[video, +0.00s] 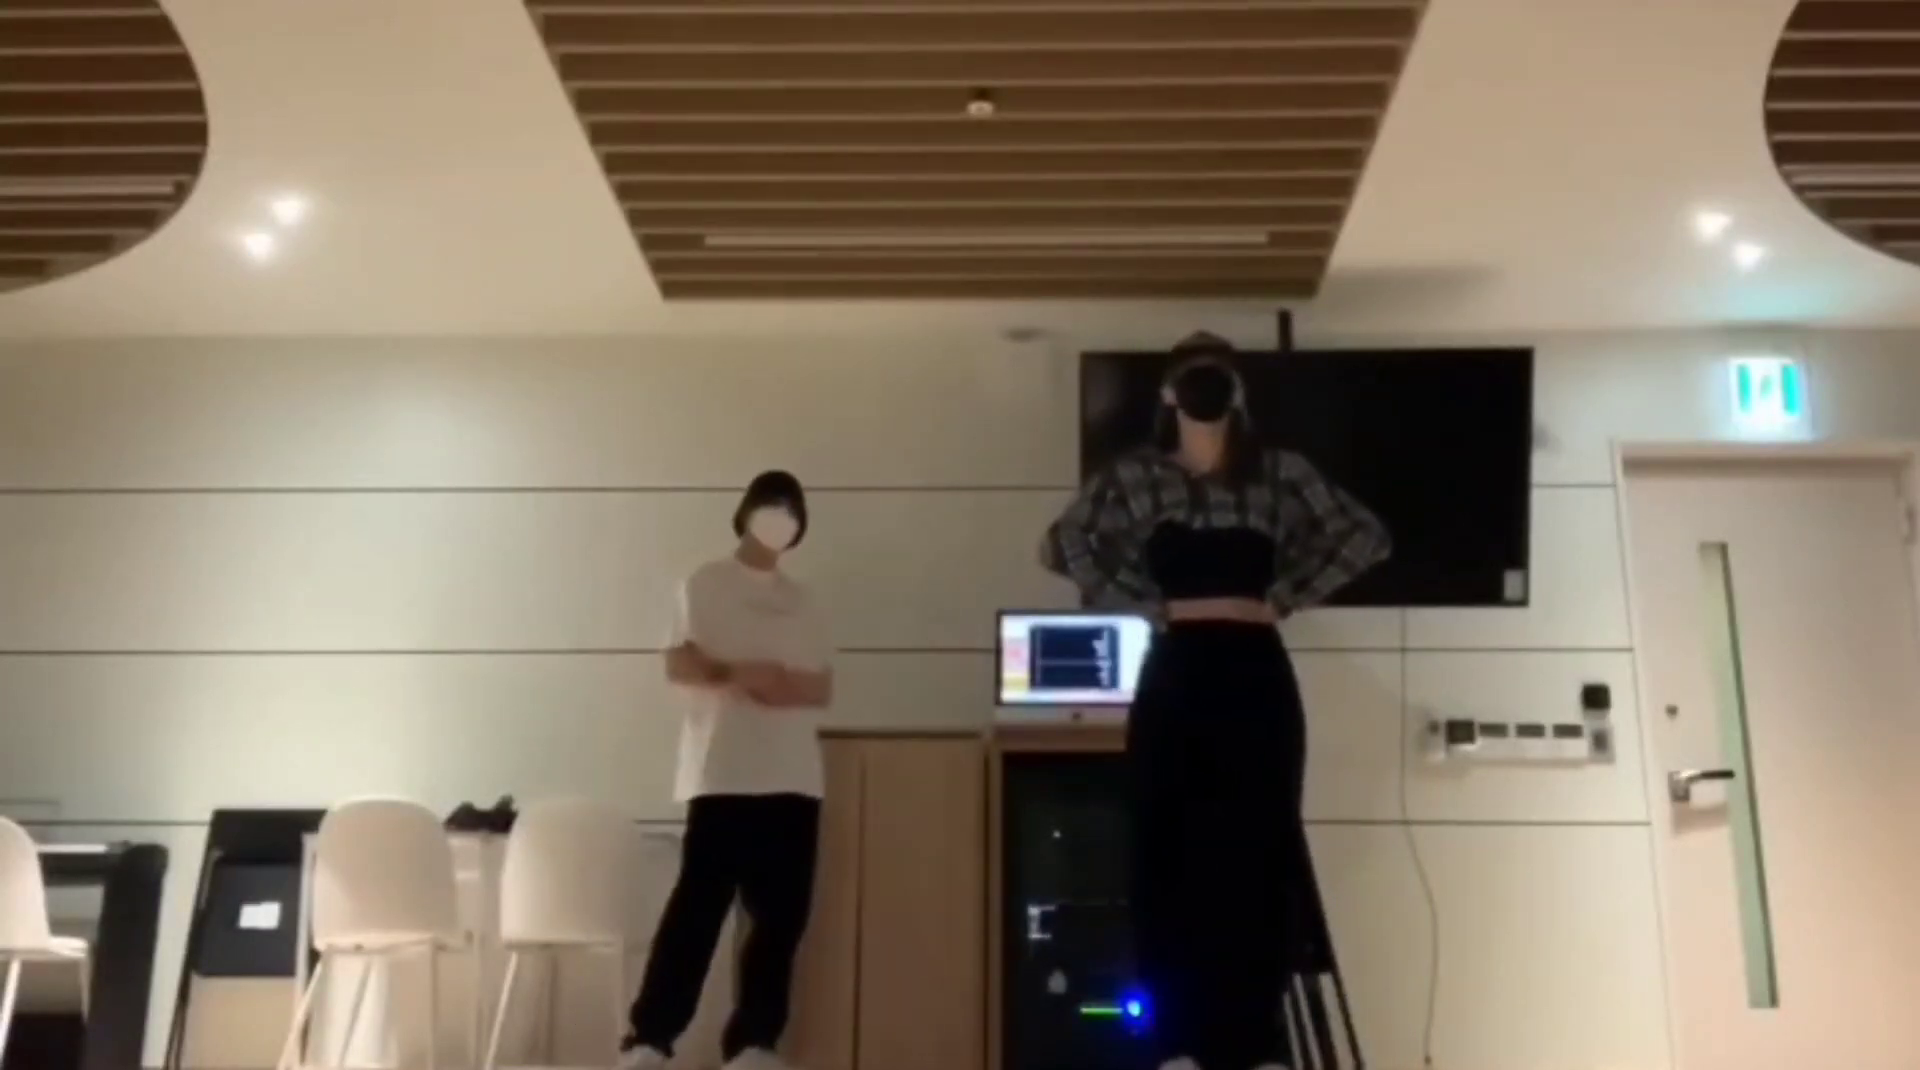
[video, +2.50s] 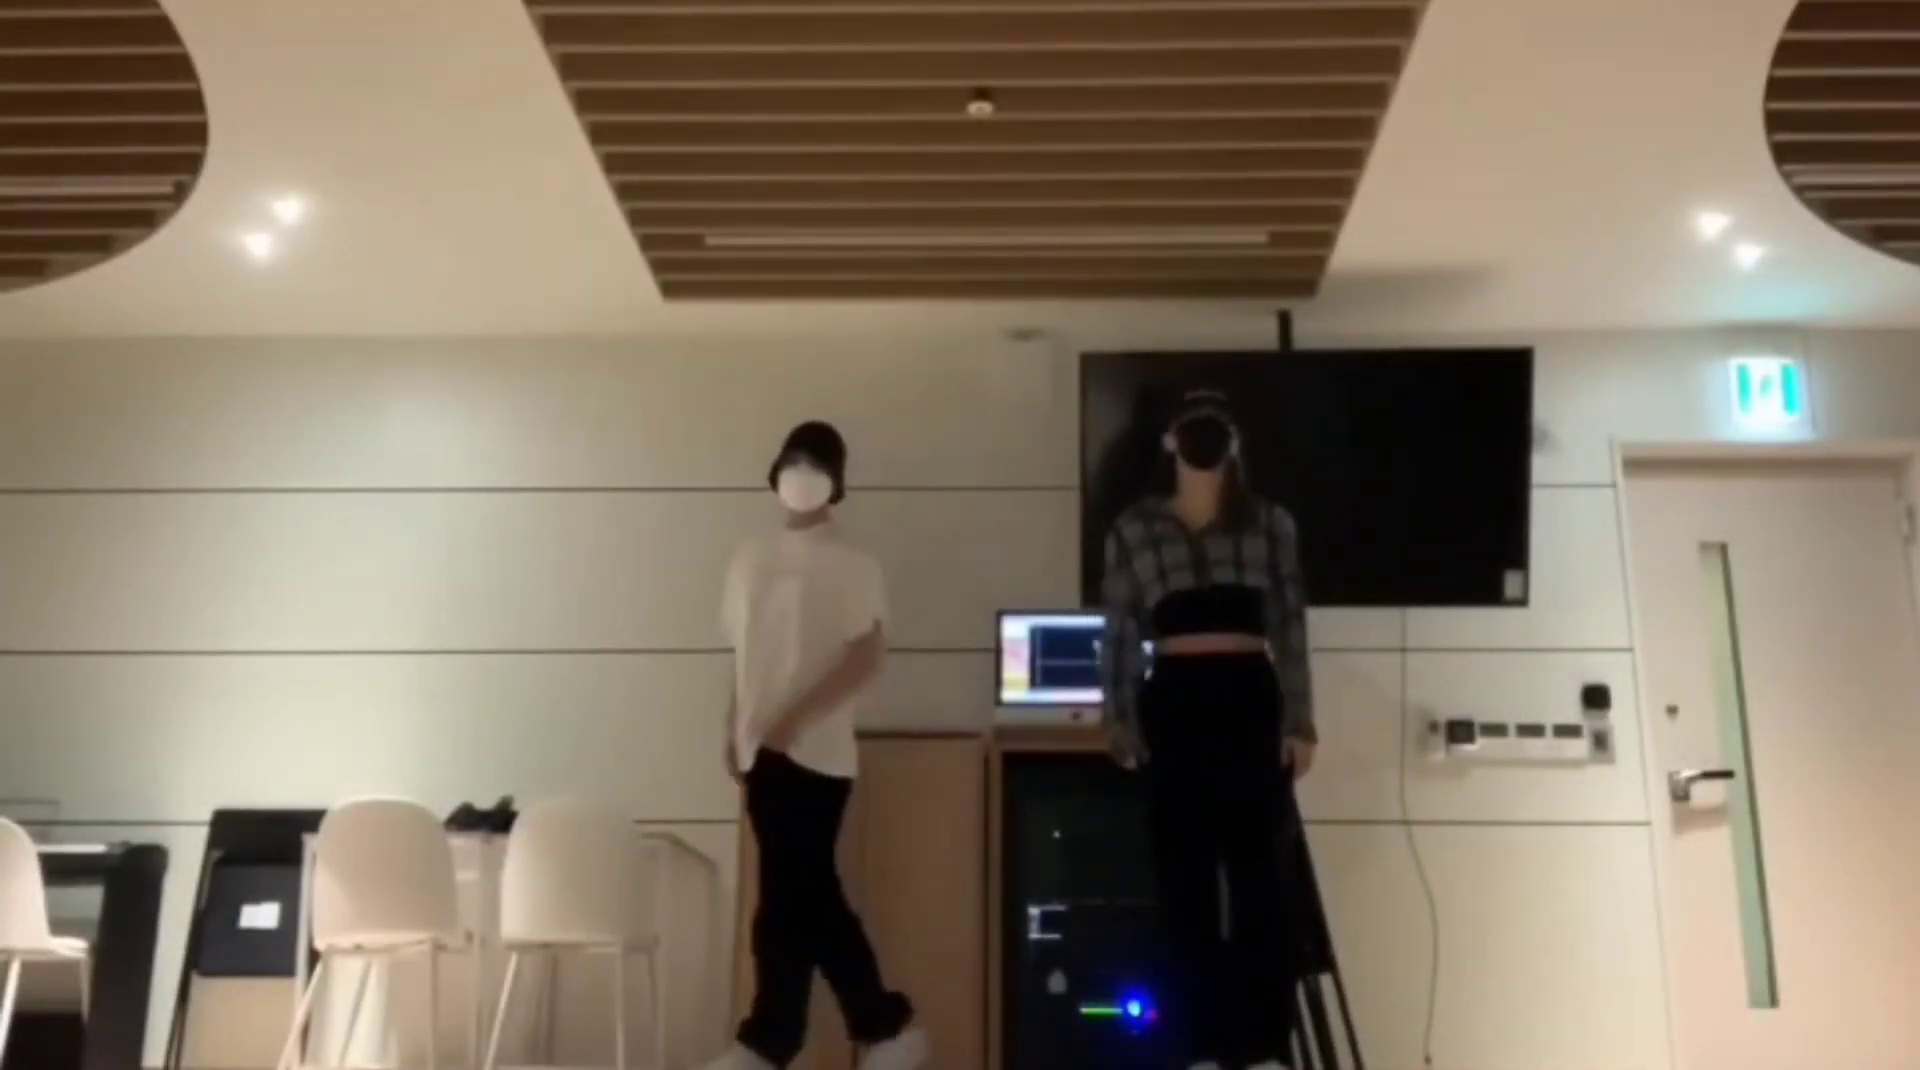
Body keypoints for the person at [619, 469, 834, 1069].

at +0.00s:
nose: (778, 520)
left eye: (790, 513)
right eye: (768, 506)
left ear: (799, 527)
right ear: (744, 513)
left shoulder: (805, 600)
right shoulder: (707, 582)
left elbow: (823, 687)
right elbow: (681, 664)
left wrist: (768, 686)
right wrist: (754, 673)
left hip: (792, 778)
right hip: (721, 775)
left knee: (782, 919)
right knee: (698, 909)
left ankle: (753, 1046)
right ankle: (650, 1040)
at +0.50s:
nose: (827, 526)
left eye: (839, 518)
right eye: (818, 512)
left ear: (847, 531)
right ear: (795, 516)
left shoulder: (832, 603)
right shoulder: (753, 578)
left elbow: (845, 690)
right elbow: (744, 670)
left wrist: (848, 756)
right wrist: (767, 754)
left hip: (815, 774)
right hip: (757, 769)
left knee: (793, 913)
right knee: (791, 908)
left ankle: (749, 1042)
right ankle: (836, 1028)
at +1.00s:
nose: (863, 504)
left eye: (874, 494)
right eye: (851, 491)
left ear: (887, 507)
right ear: (829, 500)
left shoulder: (887, 589)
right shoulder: (800, 578)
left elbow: (901, 683)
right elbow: (783, 671)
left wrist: (908, 767)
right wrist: (789, 758)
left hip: (880, 769)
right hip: (821, 766)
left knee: (823, 912)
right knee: (851, 912)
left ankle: (763, 1036)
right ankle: (876, 1043)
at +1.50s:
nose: (876, 493)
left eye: (888, 483)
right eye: (865, 480)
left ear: (901, 496)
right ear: (842, 489)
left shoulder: (906, 581)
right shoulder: (813, 564)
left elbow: (930, 674)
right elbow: (818, 648)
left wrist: (942, 744)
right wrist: (878, 712)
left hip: (918, 774)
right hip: (850, 773)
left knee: (953, 910)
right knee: (857, 919)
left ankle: (969, 1036)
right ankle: (876, 1045)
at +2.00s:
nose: (867, 491)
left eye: (879, 480)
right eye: (854, 478)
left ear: (896, 490)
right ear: (835, 487)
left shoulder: (922, 567)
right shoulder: (810, 566)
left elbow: (944, 657)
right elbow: (778, 658)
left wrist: (923, 727)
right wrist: (770, 740)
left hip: (897, 752)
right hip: (821, 752)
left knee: (886, 886)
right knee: (834, 886)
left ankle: (871, 1018)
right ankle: (867, 1027)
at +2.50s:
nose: (802, 481)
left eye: (816, 470)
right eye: (792, 468)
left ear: (836, 482)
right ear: (775, 475)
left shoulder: (854, 561)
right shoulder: (750, 558)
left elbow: (866, 656)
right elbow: (742, 656)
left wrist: (789, 723)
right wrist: (733, 732)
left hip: (822, 757)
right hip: (761, 753)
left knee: (784, 906)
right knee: (816, 902)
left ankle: (768, 1043)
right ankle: (886, 1029)